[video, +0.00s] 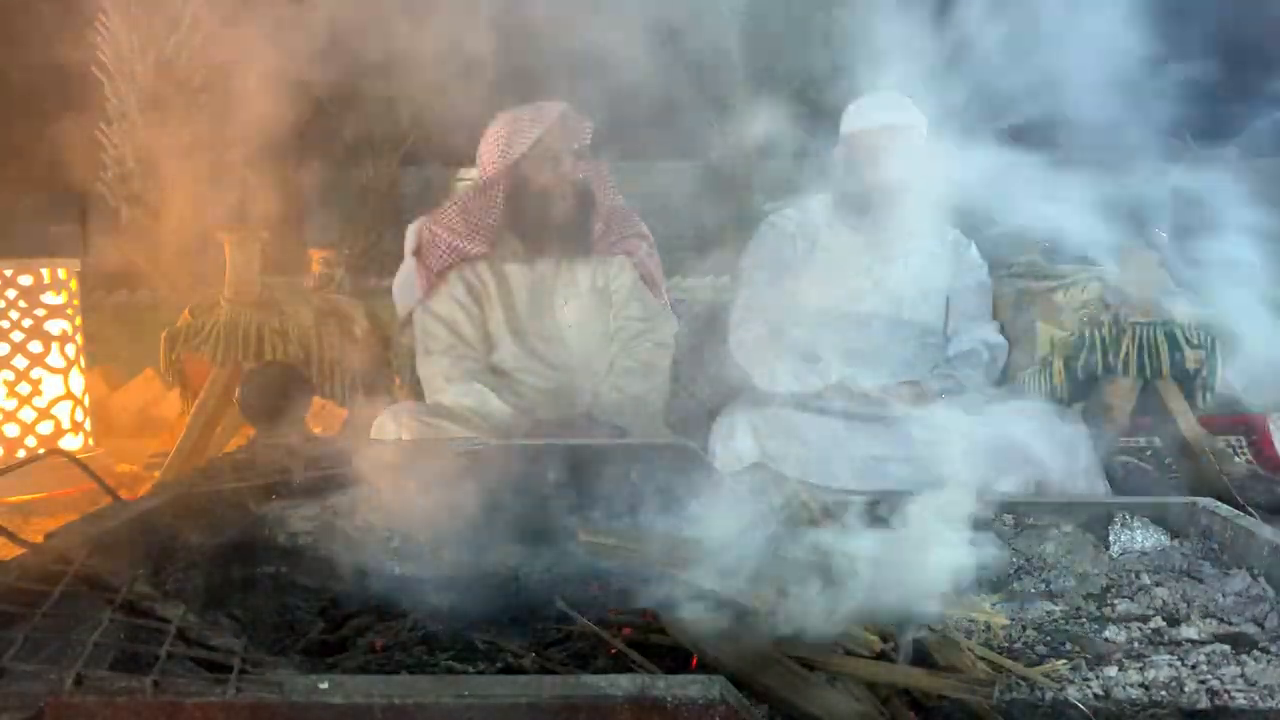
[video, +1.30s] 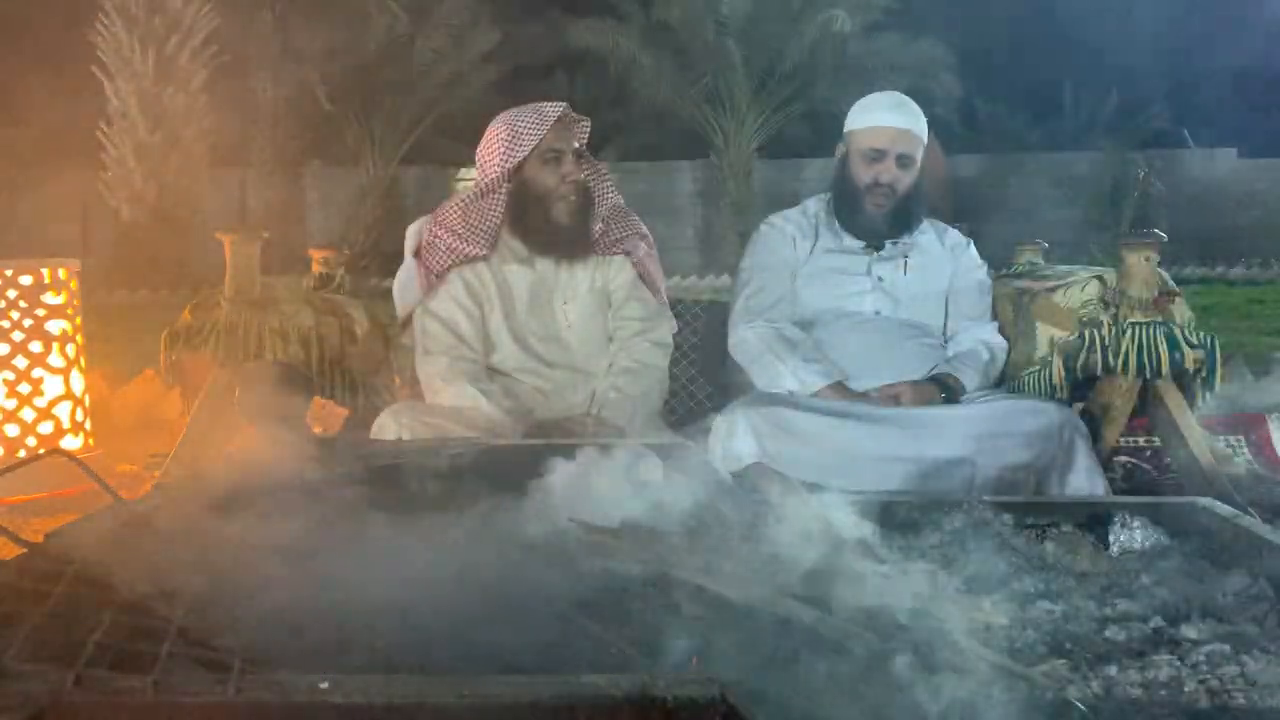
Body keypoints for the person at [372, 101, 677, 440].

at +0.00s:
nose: (571, 175)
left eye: (576, 159)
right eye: (549, 161)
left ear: (588, 169)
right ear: (508, 177)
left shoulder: (617, 269)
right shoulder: (462, 276)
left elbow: (645, 361)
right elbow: (448, 379)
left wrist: (602, 428)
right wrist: (520, 432)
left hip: (602, 441)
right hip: (503, 444)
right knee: (397, 426)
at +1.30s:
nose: (575, 175)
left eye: (578, 158)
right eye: (552, 160)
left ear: (587, 165)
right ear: (509, 176)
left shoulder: (614, 257)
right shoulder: (460, 266)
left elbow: (645, 351)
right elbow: (447, 376)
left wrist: (600, 427)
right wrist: (516, 436)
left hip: (602, 437)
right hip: (499, 438)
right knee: (397, 426)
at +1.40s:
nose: (576, 175)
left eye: (579, 159)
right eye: (552, 161)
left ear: (589, 167)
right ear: (507, 178)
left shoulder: (614, 262)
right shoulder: (460, 269)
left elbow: (644, 357)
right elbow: (447, 378)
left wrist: (599, 426)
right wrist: (513, 437)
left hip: (590, 439)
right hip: (497, 436)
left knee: (625, 442)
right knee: (398, 425)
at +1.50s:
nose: (575, 174)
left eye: (578, 159)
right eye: (553, 161)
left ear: (589, 167)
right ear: (508, 177)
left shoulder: (615, 262)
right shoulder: (459, 268)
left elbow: (643, 362)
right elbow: (450, 382)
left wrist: (598, 434)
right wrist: (515, 440)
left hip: (596, 439)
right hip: (495, 440)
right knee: (396, 427)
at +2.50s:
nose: (568, 172)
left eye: (571, 155)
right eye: (542, 160)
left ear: (583, 162)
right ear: (500, 180)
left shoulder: (623, 256)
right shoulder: (461, 279)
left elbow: (645, 356)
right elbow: (451, 384)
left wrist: (597, 427)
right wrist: (520, 441)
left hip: (599, 439)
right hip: (497, 441)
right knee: (397, 425)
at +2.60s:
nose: (563, 172)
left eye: (569, 156)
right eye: (541, 159)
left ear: (580, 160)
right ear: (502, 174)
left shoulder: (615, 240)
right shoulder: (467, 256)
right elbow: (446, 377)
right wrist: (515, 444)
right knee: (399, 424)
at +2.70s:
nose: (561, 170)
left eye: (569, 153)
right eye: (540, 156)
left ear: (583, 163)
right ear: (502, 176)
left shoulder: (614, 265)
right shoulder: (463, 277)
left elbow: (655, 360)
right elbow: (450, 378)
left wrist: (608, 418)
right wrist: (542, 421)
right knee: (406, 417)